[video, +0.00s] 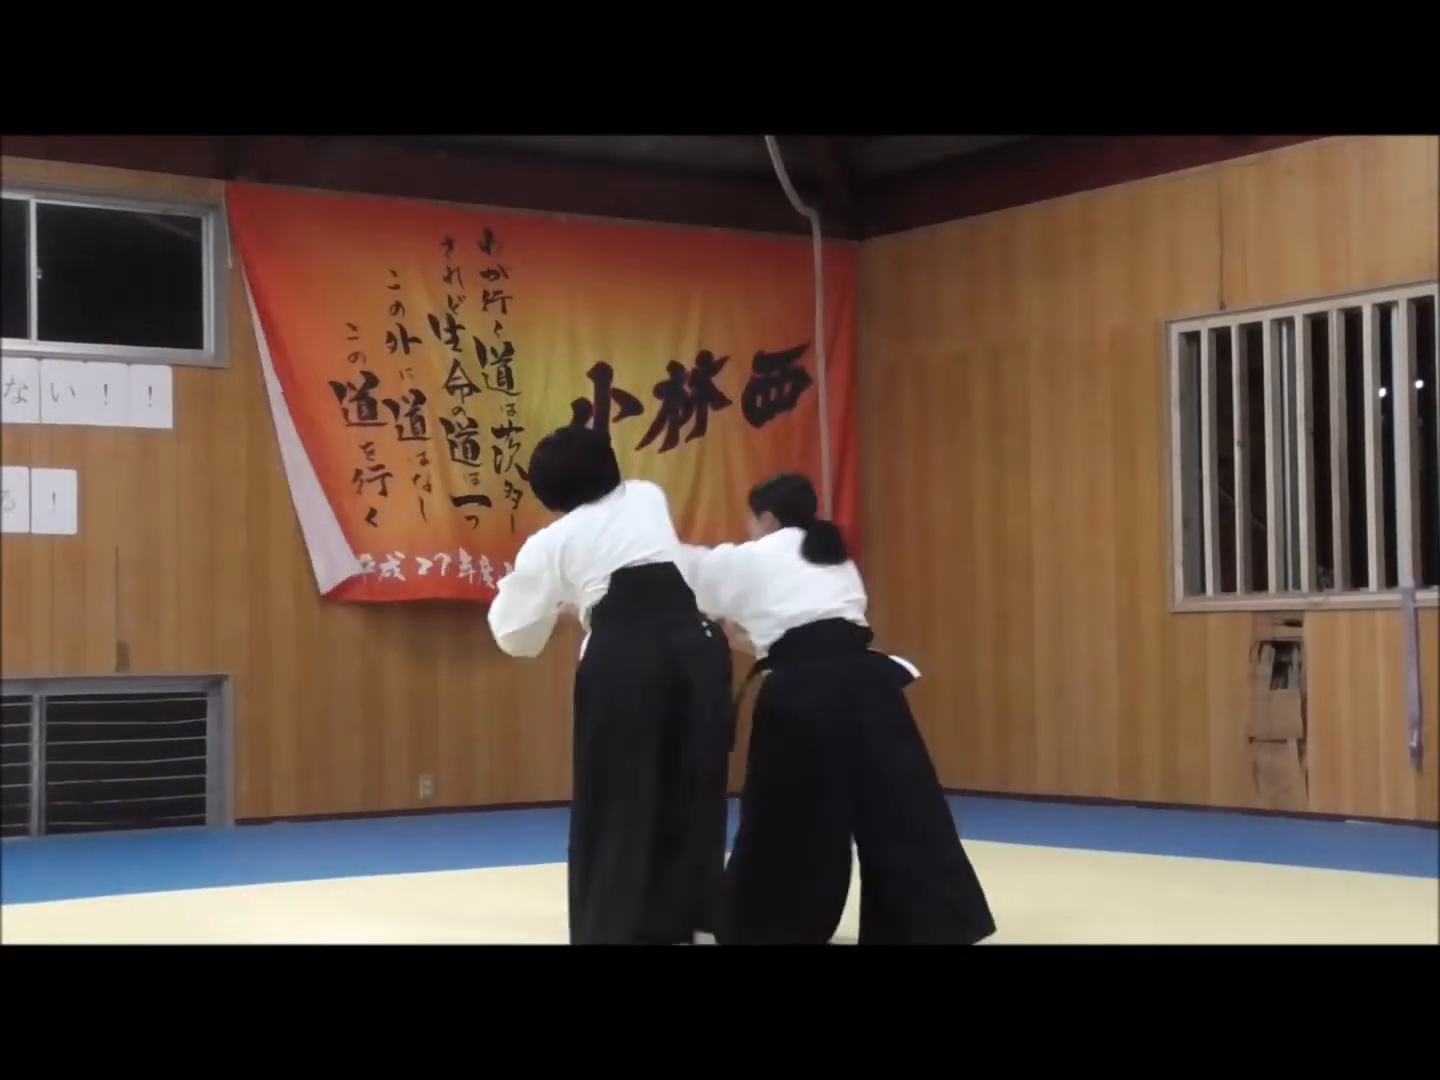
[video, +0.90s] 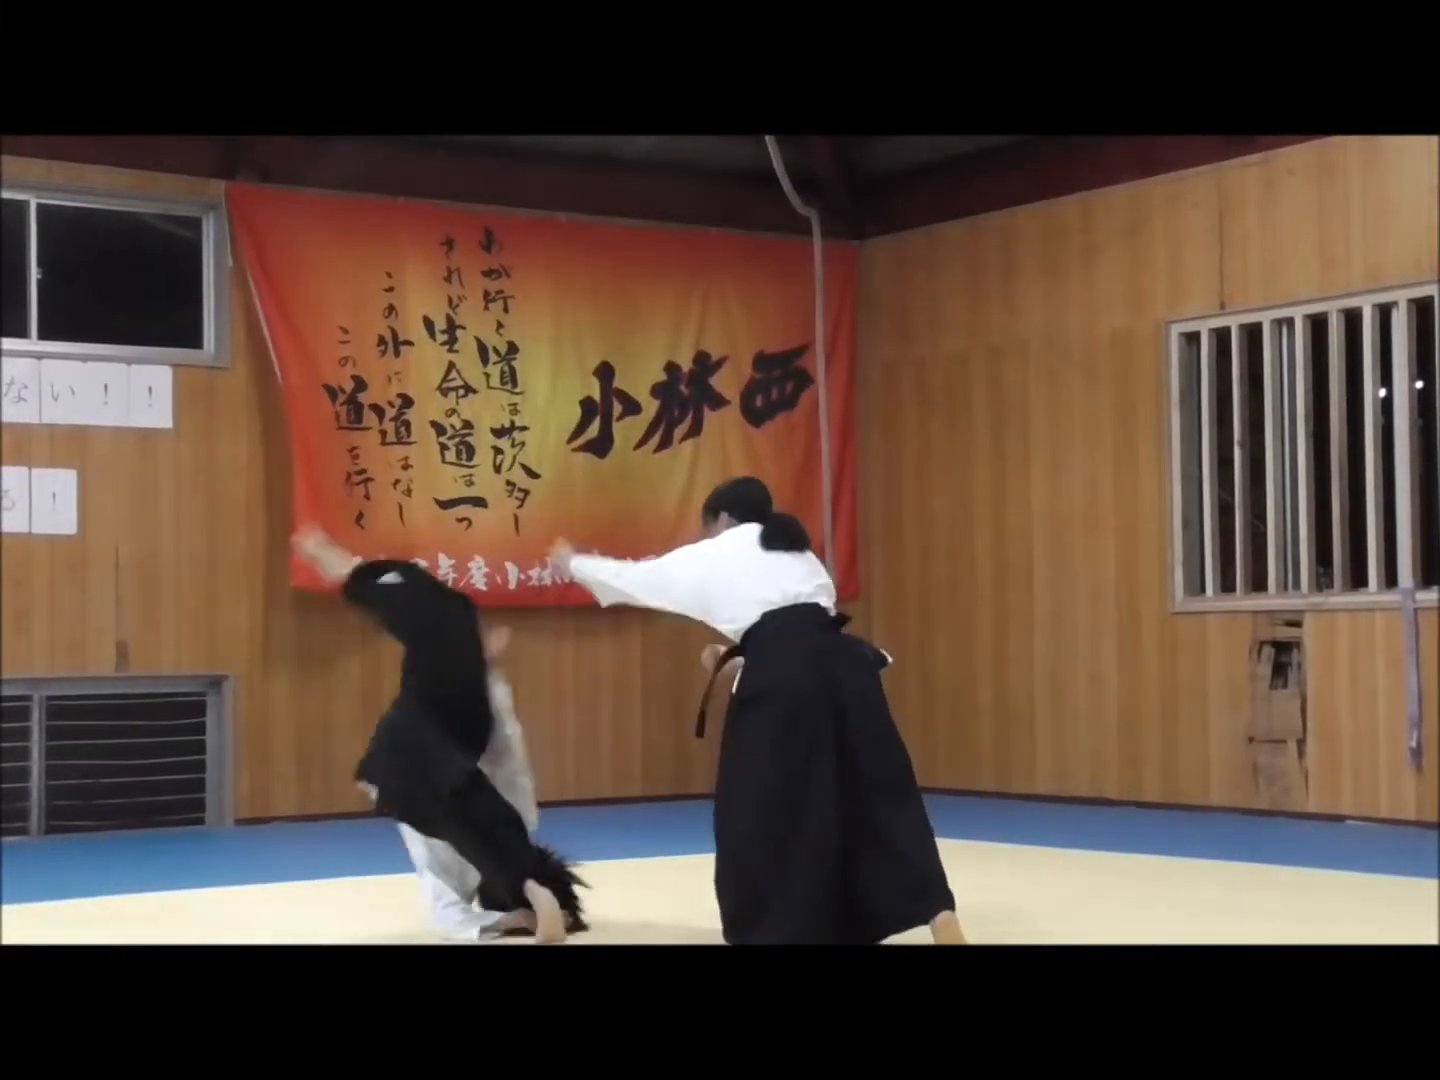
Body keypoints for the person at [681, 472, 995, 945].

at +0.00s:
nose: (751, 527)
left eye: (754, 518)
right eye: (752, 519)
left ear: (769, 518)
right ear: (807, 515)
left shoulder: (748, 561)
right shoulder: (835, 554)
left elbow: (680, 563)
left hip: (799, 690)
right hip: (868, 683)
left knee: (786, 821)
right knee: (898, 812)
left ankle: (772, 931)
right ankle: (929, 928)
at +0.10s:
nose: (715, 555)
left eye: (717, 546)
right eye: (716, 546)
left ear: (733, 543)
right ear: (775, 538)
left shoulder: (714, 584)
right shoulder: (805, 566)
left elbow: (661, 629)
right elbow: (830, 623)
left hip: (785, 690)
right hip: (857, 679)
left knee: (779, 820)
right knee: (890, 804)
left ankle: (785, 929)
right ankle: (935, 922)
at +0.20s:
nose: (696, 587)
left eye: (699, 577)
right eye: (696, 578)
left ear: (715, 572)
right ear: (749, 565)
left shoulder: (694, 615)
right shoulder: (775, 582)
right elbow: (818, 625)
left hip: (777, 686)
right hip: (849, 671)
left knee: (777, 818)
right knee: (888, 801)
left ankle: (783, 930)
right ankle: (938, 925)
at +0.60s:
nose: (679, 609)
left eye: (680, 599)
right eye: (678, 600)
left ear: (691, 586)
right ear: (733, 576)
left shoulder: (692, 618)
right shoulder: (773, 593)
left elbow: (679, 711)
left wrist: (674, 782)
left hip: (774, 689)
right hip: (846, 674)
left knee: (761, 817)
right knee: (887, 791)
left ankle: (757, 929)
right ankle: (942, 920)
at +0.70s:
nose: (684, 575)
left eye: (687, 566)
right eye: (685, 567)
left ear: (702, 557)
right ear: (739, 550)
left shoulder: (694, 590)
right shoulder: (781, 577)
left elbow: (656, 671)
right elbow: (814, 628)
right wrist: (733, 688)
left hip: (774, 682)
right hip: (846, 673)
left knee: (759, 817)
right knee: (887, 792)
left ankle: (760, 931)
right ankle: (942, 921)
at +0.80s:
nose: (696, 551)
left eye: (698, 543)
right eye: (697, 544)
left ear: (714, 536)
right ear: (752, 531)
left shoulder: (705, 567)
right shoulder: (790, 563)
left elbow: (627, 618)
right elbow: (804, 624)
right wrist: (732, 667)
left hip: (779, 679)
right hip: (848, 672)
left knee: (755, 811)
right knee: (886, 795)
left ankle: (758, 930)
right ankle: (940, 915)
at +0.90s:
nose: (705, 535)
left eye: (707, 526)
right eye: (706, 527)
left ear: (725, 520)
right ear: (761, 515)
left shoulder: (715, 555)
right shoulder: (800, 551)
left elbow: (641, 579)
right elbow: (812, 618)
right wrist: (738, 651)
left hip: (781, 678)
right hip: (848, 671)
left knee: (756, 806)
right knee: (889, 789)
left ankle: (756, 928)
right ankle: (940, 908)